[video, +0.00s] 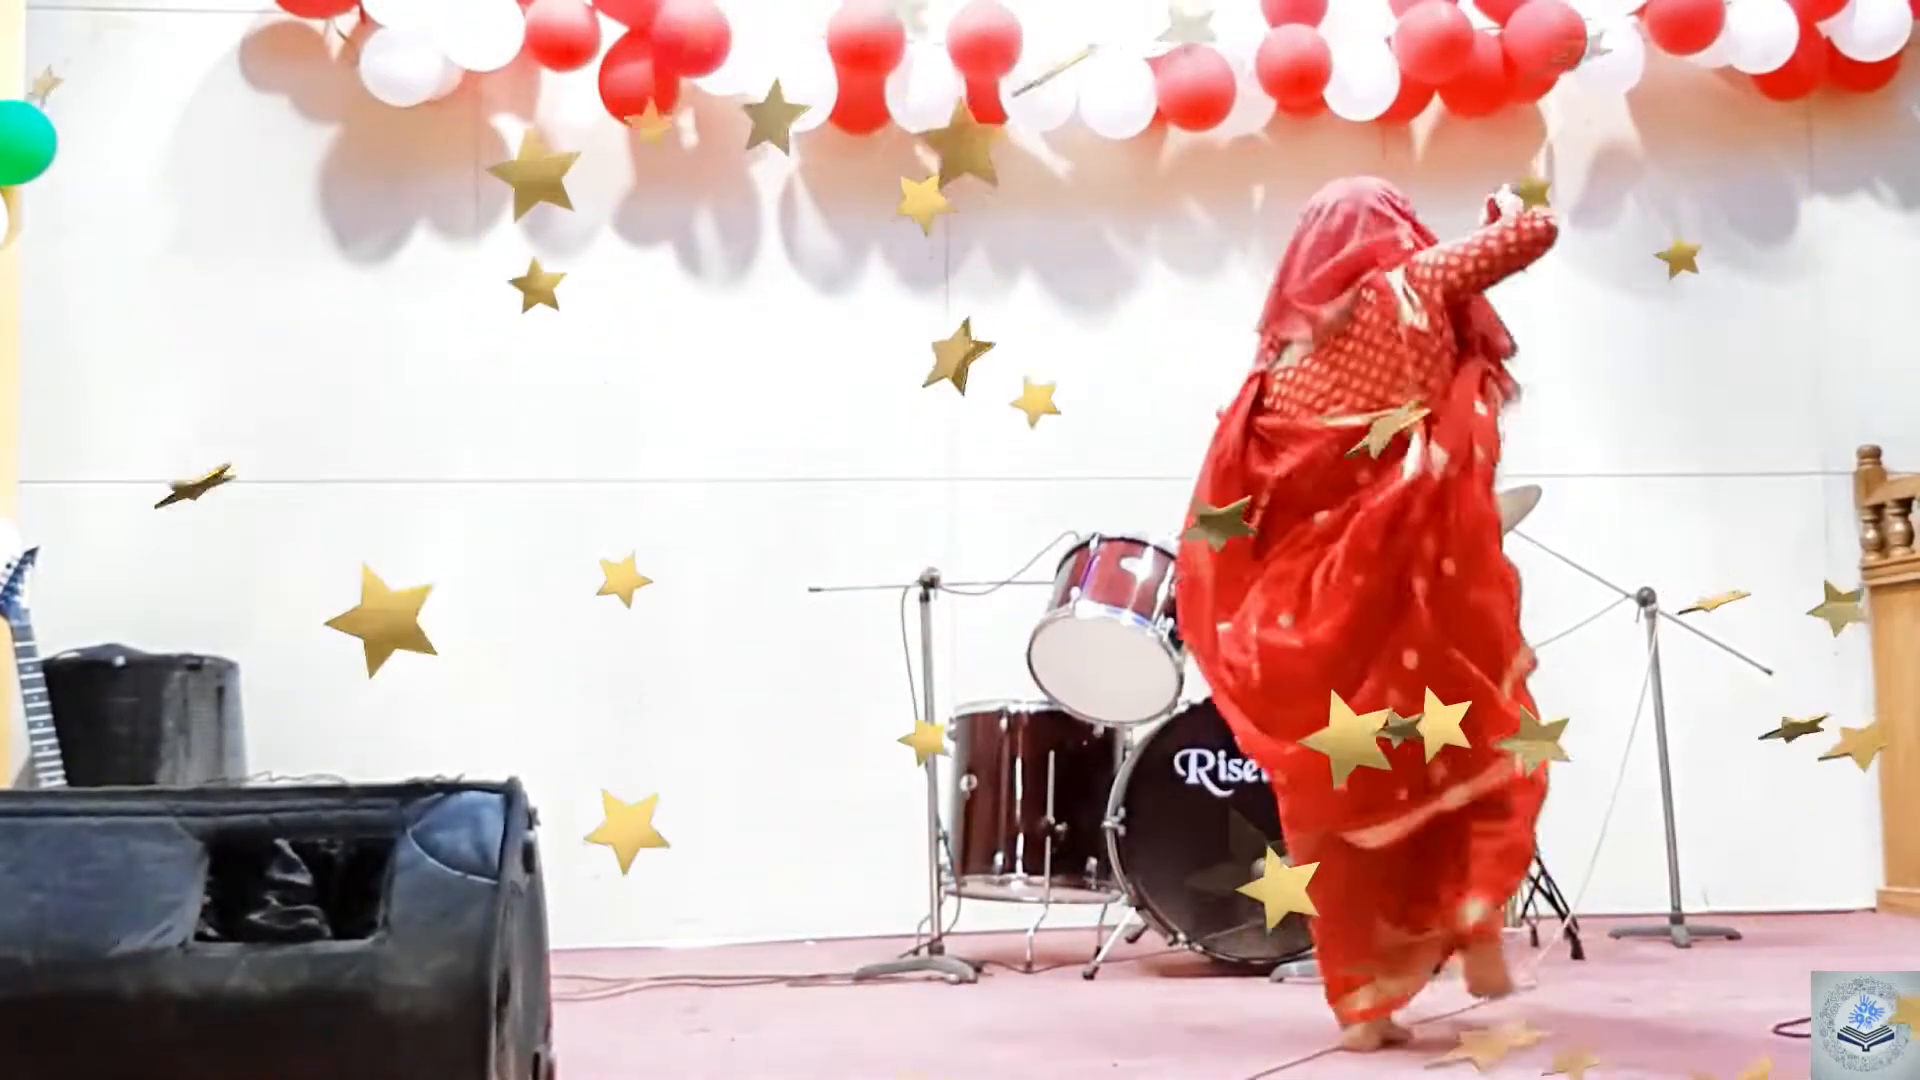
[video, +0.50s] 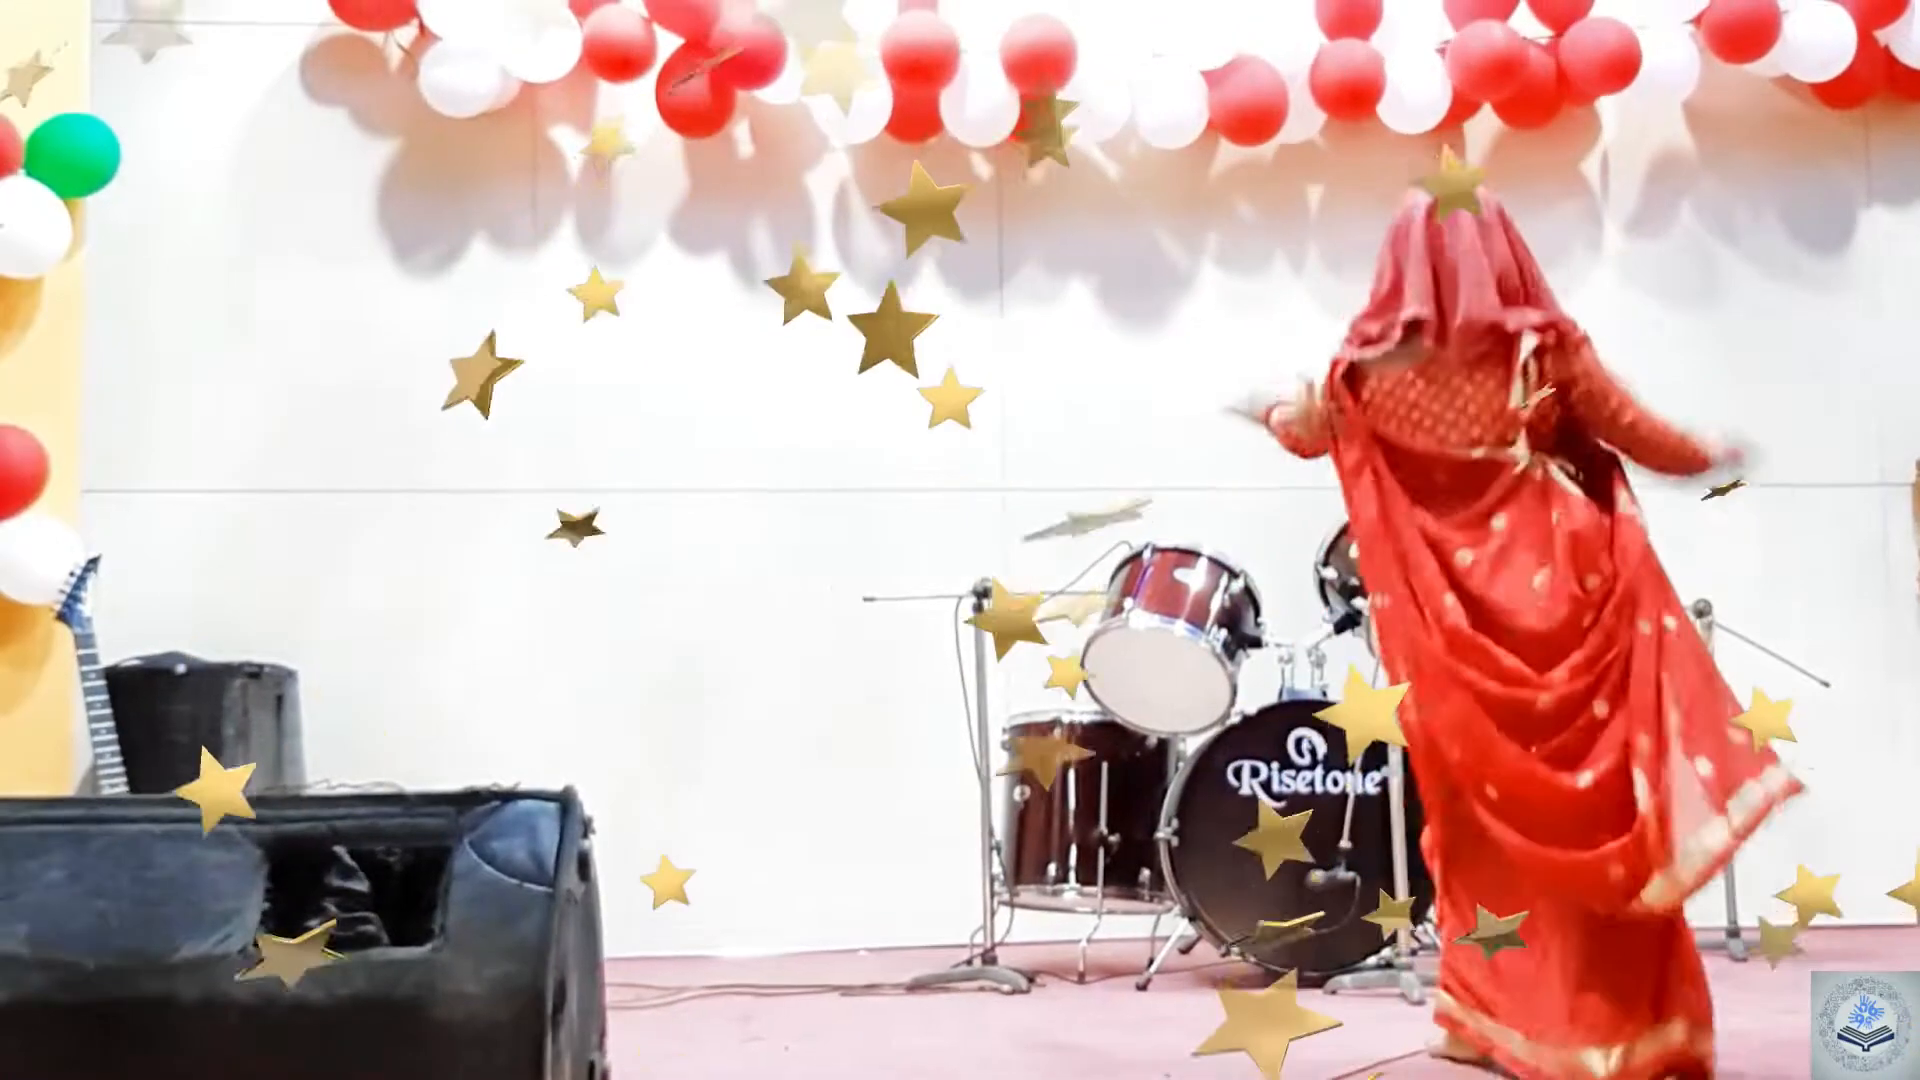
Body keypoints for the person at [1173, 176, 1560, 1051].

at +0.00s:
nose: (1415, 237)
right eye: (1407, 225)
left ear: (1303, 253)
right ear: (1399, 233)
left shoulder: (1275, 368)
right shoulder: (1416, 288)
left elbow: (1238, 499)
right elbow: (1530, 232)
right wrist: (1514, 216)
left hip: (1314, 599)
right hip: (1428, 581)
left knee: (1337, 792)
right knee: (1474, 748)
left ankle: (1363, 1000)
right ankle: (1476, 909)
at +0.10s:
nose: (1417, 230)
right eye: (1415, 217)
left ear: (1314, 237)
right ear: (1411, 221)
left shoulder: (1278, 357)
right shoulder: (1431, 268)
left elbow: (1241, 514)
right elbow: (1556, 238)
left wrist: (1243, 612)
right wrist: (1537, 224)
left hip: (1326, 577)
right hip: (1440, 551)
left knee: (1338, 787)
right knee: (1492, 745)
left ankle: (1366, 997)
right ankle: (1521, 899)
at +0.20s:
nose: (1501, 233)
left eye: (1488, 214)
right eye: (1494, 216)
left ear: (1386, 229)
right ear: (1486, 222)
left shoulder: (1341, 338)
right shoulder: (1511, 276)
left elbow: (1324, 501)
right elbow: (1639, 283)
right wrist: (1653, 314)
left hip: (1400, 608)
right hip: (1524, 596)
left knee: (1421, 793)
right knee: (1570, 782)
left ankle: (1426, 1006)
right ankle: (1609, 1015)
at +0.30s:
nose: (1524, 272)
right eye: (1515, 250)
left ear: (1401, 259)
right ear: (1508, 257)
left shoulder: (1357, 372)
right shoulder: (1521, 332)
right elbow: (1609, 410)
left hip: (1430, 640)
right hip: (1540, 638)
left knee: (1459, 818)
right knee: (1580, 817)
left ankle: (1460, 1009)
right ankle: (1589, 1025)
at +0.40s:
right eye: (1517, 275)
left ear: (1407, 292)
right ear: (1514, 284)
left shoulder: (1367, 400)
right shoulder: (1543, 377)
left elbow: (1317, 441)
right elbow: (1623, 495)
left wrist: (1297, 397)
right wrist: (1721, 567)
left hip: (1444, 653)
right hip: (1556, 648)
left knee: (1486, 844)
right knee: (1596, 848)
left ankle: (1495, 1032)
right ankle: (1609, 1051)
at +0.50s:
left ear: (1400, 264)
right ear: (1504, 259)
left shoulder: (1366, 373)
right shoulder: (1546, 352)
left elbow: (1308, 434)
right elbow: (1637, 432)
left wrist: (1273, 414)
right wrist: (1704, 458)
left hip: (1450, 629)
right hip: (1564, 614)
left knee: (1474, 827)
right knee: (1594, 817)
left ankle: (1488, 1021)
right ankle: (1619, 1028)